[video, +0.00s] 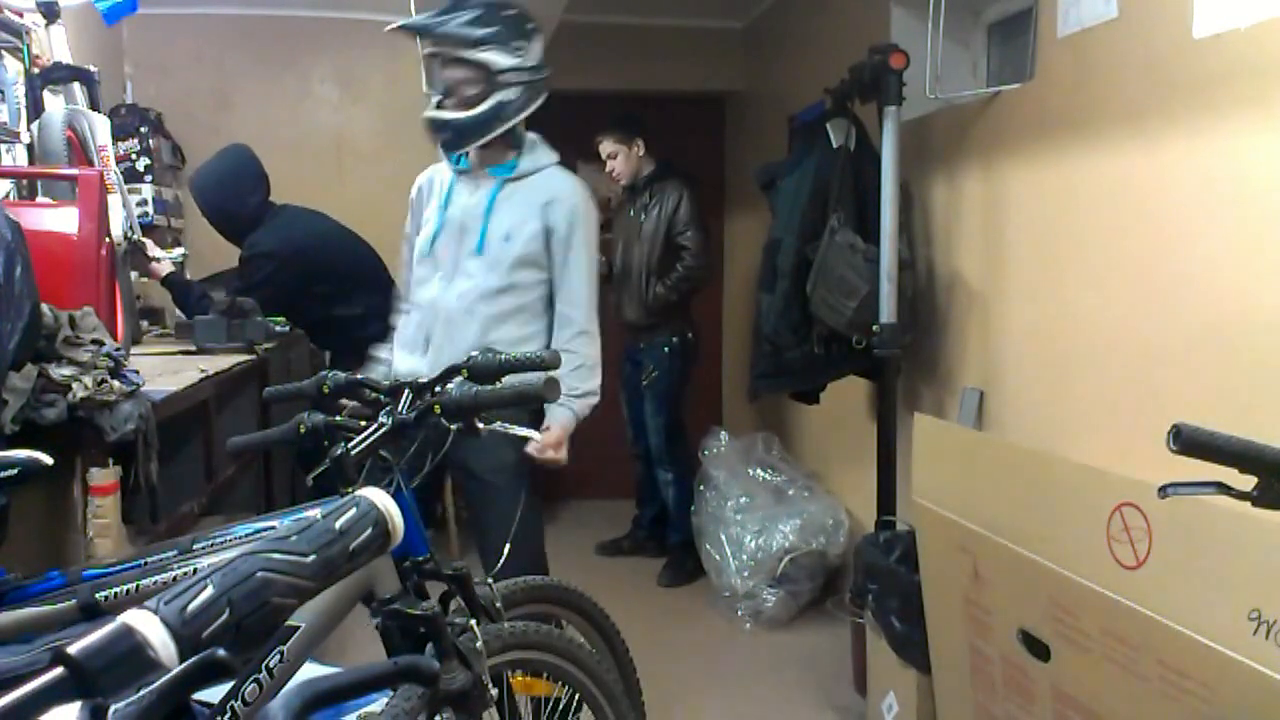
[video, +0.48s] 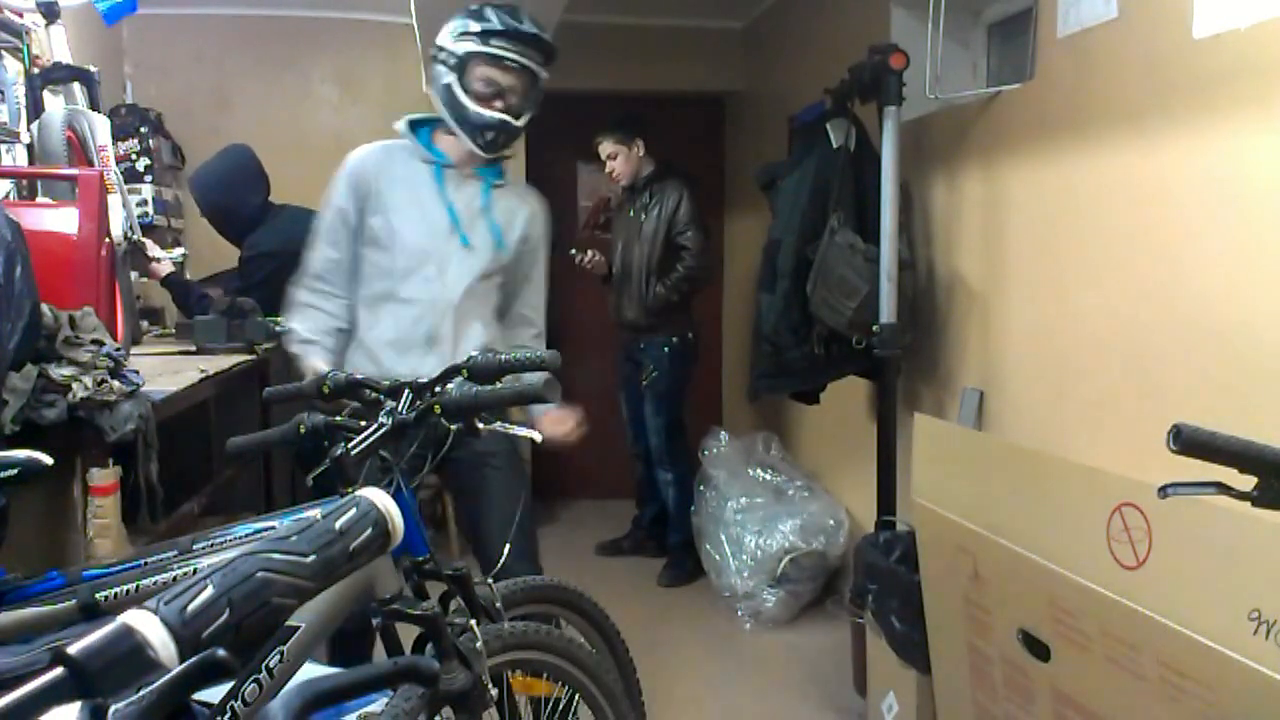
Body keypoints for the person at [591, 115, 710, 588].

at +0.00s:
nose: (609, 167)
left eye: (613, 156)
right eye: (604, 160)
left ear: (638, 148)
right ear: (611, 161)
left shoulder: (674, 193)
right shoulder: (625, 202)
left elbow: (694, 260)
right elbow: (617, 262)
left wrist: (656, 297)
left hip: (667, 336)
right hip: (635, 335)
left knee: (665, 442)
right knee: (641, 441)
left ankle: (685, 545)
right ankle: (649, 530)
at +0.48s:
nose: (609, 168)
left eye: (613, 157)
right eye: (604, 162)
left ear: (639, 149)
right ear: (612, 164)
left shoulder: (673, 193)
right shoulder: (626, 204)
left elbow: (695, 263)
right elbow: (626, 266)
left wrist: (655, 298)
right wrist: (604, 267)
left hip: (667, 336)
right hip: (633, 335)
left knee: (665, 442)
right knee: (640, 442)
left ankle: (684, 547)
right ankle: (650, 530)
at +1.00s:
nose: (608, 169)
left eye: (611, 159)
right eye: (603, 163)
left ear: (638, 150)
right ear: (612, 164)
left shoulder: (672, 193)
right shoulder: (626, 204)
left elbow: (695, 260)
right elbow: (628, 265)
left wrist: (657, 297)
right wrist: (605, 268)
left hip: (667, 336)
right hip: (634, 335)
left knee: (664, 442)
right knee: (640, 442)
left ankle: (683, 545)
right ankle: (649, 530)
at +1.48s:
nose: (606, 170)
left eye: (609, 159)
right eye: (601, 163)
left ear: (636, 149)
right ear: (610, 163)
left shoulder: (670, 192)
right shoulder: (625, 204)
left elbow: (695, 260)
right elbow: (627, 267)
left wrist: (657, 297)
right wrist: (604, 268)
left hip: (664, 335)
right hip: (632, 334)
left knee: (663, 442)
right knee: (640, 442)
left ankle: (683, 545)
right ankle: (650, 531)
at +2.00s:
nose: (605, 171)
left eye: (608, 160)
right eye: (600, 164)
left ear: (635, 150)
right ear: (610, 164)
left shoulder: (671, 193)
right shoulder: (624, 205)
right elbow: (626, 268)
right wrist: (603, 268)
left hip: (665, 336)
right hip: (631, 335)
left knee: (664, 443)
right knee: (640, 442)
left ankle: (684, 547)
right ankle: (650, 531)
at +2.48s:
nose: (592, 152)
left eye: (594, 140)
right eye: (580, 138)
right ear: (550, 140)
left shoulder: (527, 215)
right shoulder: (565, 211)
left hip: (559, 423)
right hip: (593, 426)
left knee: (592, 539)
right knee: (696, 545)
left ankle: (512, 617)